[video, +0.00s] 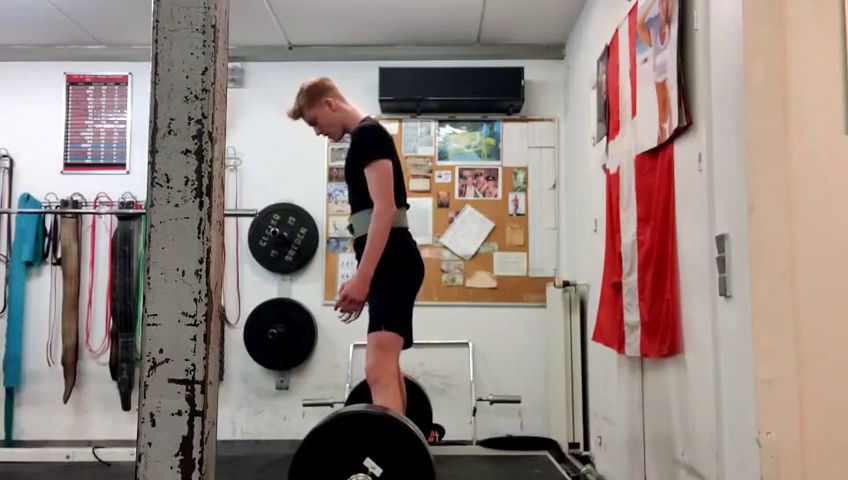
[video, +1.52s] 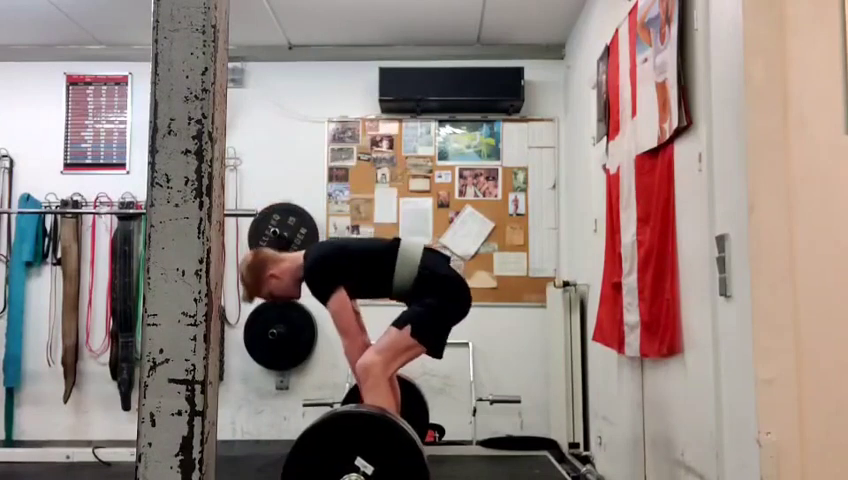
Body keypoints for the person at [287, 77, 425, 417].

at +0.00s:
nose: (318, 131)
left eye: (315, 121)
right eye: (312, 126)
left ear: (330, 104)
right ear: (332, 107)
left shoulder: (369, 136)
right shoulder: (363, 139)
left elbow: (385, 211)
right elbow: (371, 219)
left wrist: (363, 278)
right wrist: (360, 285)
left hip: (392, 259)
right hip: (388, 259)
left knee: (380, 369)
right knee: (386, 370)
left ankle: (390, 463)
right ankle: (393, 463)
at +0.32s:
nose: (324, 129)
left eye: (321, 119)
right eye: (319, 123)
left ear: (337, 102)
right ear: (340, 105)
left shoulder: (373, 134)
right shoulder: (367, 137)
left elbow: (379, 210)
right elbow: (372, 217)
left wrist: (352, 280)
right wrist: (355, 286)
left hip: (392, 257)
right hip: (387, 257)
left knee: (381, 369)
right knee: (385, 368)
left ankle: (389, 463)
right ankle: (391, 458)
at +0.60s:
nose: (328, 125)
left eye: (327, 115)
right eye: (324, 119)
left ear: (343, 100)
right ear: (346, 102)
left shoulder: (373, 132)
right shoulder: (370, 133)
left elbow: (380, 206)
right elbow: (375, 212)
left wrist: (355, 276)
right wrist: (357, 279)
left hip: (393, 255)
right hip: (389, 255)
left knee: (381, 368)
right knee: (385, 367)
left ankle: (389, 464)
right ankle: (394, 459)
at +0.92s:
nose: (304, 151)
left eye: (302, 141)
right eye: (299, 145)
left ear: (318, 124)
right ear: (319, 124)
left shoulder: (360, 149)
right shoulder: (358, 147)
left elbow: (382, 225)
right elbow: (380, 228)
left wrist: (360, 298)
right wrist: (361, 300)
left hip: (409, 262)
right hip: (406, 261)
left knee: (380, 368)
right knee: (383, 368)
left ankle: (388, 460)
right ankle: (391, 456)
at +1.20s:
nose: (280, 214)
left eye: (275, 205)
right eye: (274, 208)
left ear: (287, 186)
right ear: (288, 182)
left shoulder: (333, 201)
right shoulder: (335, 195)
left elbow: (361, 282)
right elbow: (363, 282)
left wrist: (367, 355)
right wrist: (368, 353)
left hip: (432, 278)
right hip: (430, 276)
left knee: (378, 366)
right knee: (382, 366)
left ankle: (391, 460)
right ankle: (395, 458)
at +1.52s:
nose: (281, 301)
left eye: (273, 295)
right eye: (273, 298)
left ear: (275, 275)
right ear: (275, 271)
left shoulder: (319, 268)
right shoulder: (322, 260)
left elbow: (354, 342)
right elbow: (360, 339)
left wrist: (365, 393)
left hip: (443, 292)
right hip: (442, 289)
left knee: (369, 366)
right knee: (380, 366)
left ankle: (384, 454)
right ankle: (393, 451)